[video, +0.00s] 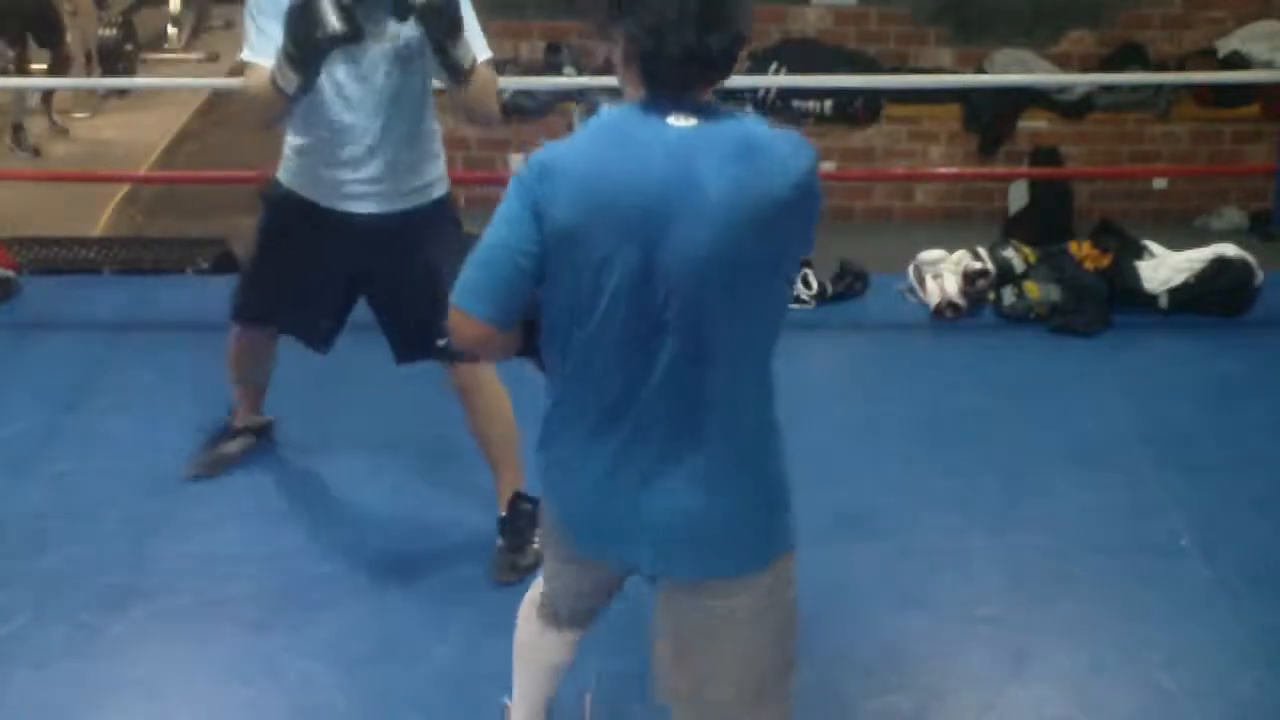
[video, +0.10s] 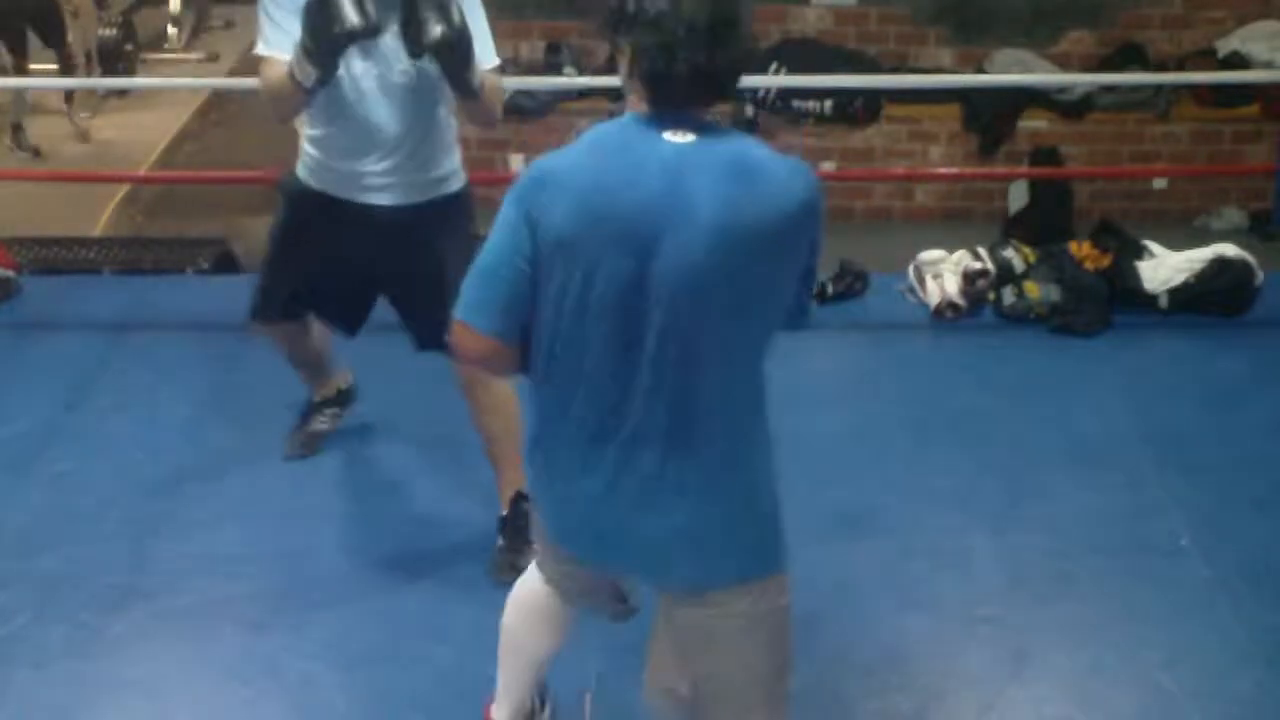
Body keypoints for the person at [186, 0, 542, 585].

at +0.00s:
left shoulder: (435, 4)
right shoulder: (280, 5)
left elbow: (486, 110)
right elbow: (262, 111)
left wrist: (449, 41)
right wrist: (299, 57)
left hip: (413, 199)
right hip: (309, 195)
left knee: (463, 357)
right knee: (254, 318)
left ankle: (516, 505)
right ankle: (246, 421)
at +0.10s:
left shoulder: (450, 5)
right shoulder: (291, 4)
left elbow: (489, 114)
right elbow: (277, 104)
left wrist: (459, 69)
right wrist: (316, 55)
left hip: (430, 188)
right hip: (328, 187)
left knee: (476, 349)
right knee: (282, 313)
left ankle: (517, 508)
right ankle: (329, 390)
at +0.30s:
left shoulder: (474, 1)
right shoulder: (316, 5)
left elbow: (543, 72)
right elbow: (301, 96)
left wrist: (494, 16)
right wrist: (347, 44)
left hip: (461, 173)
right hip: (365, 179)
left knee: (496, 300)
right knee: (333, 308)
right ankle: (348, 396)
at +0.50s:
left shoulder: (523, 0)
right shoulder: (381, 3)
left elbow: (588, 68)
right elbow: (357, 86)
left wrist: (547, 18)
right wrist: (386, 46)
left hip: (513, 164)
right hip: (426, 165)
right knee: (399, 294)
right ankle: (413, 372)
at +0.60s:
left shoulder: (553, 5)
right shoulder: (410, 1)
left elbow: (600, 93)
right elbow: (378, 82)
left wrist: (548, 57)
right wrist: (400, 36)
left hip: (529, 162)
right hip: (446, 158)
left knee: (524, 274)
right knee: (436, 279)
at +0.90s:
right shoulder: (448, 6)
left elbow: (614, 63)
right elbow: (428, 72)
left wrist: (590, 17)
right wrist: (447, 24)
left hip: (579, 143)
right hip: (495, 149)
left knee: (581, 260)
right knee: (503, 270)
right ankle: (510, 371)